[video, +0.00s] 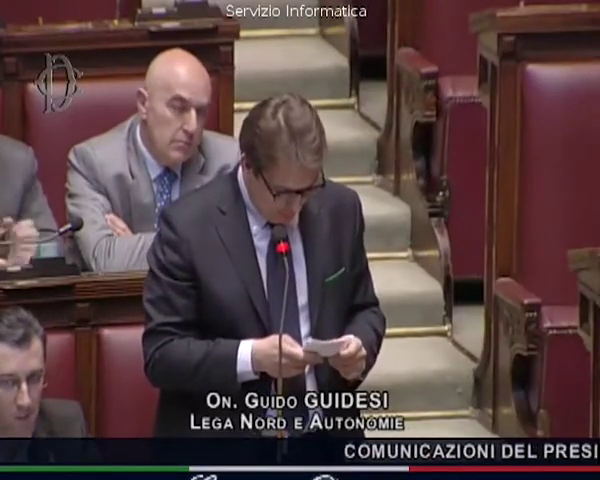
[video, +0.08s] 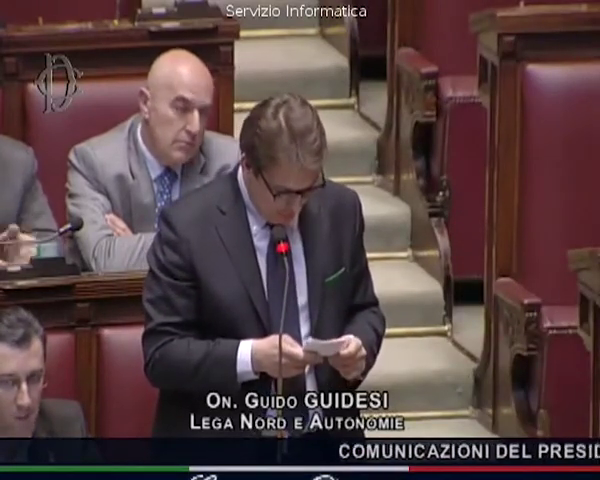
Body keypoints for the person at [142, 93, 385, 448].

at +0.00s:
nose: (296, 207)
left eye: (308, 191)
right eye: (284, 193)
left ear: (319, 168)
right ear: (247, 168)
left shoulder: (340, 208)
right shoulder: (186, 224)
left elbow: (366, 309)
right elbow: (161, 355)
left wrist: (359, 346)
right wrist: (250, 356)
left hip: (322, 444)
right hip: (219, 447)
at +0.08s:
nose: (296, 207)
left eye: (308, 191)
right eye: (283, 193)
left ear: (319, 168)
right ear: (247, 168)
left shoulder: (341, 208)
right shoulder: (186, 224)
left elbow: (366, 310)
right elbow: (161, 355)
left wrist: (359, 345)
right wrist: (250, 356)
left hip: (322, 440)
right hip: (220, 441)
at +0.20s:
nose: (296, 207)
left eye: (308, 191)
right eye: (283, 193)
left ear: (320, 168)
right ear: (247, 167)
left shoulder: (340, 207)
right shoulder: (186, 224)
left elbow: (366, 310)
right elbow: (161, 355)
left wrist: (358, 345)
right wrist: (250, 356)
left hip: (323, 441)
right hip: (219, 444)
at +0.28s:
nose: (296, 207)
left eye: (309, 191)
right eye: (283, 193)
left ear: (320, 168)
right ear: (247, 168)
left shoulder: (340, 208)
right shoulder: (186, 223)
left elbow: (365, 309)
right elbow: (161, 355)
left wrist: (359, 344)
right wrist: (250, 357)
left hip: (323, 442)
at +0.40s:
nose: (295, 208)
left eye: (308, 192)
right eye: (283, 194)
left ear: (320, 170)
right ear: (247, 169)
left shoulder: (340, 208)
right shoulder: (186, 223)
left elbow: (365, 309)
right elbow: (161, 355)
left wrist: (358, 345)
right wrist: (250, 357)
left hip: (323, 440)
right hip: (220, 439)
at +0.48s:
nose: (295, 209)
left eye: (309, 193)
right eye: (283, 195)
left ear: (321, 170)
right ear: (247, 169)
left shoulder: (340, 208)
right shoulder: (186, 223)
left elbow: (365, 309)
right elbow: (161, 355)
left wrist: (358, 345)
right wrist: (250, 357)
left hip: (324, 439)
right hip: (220, 440)